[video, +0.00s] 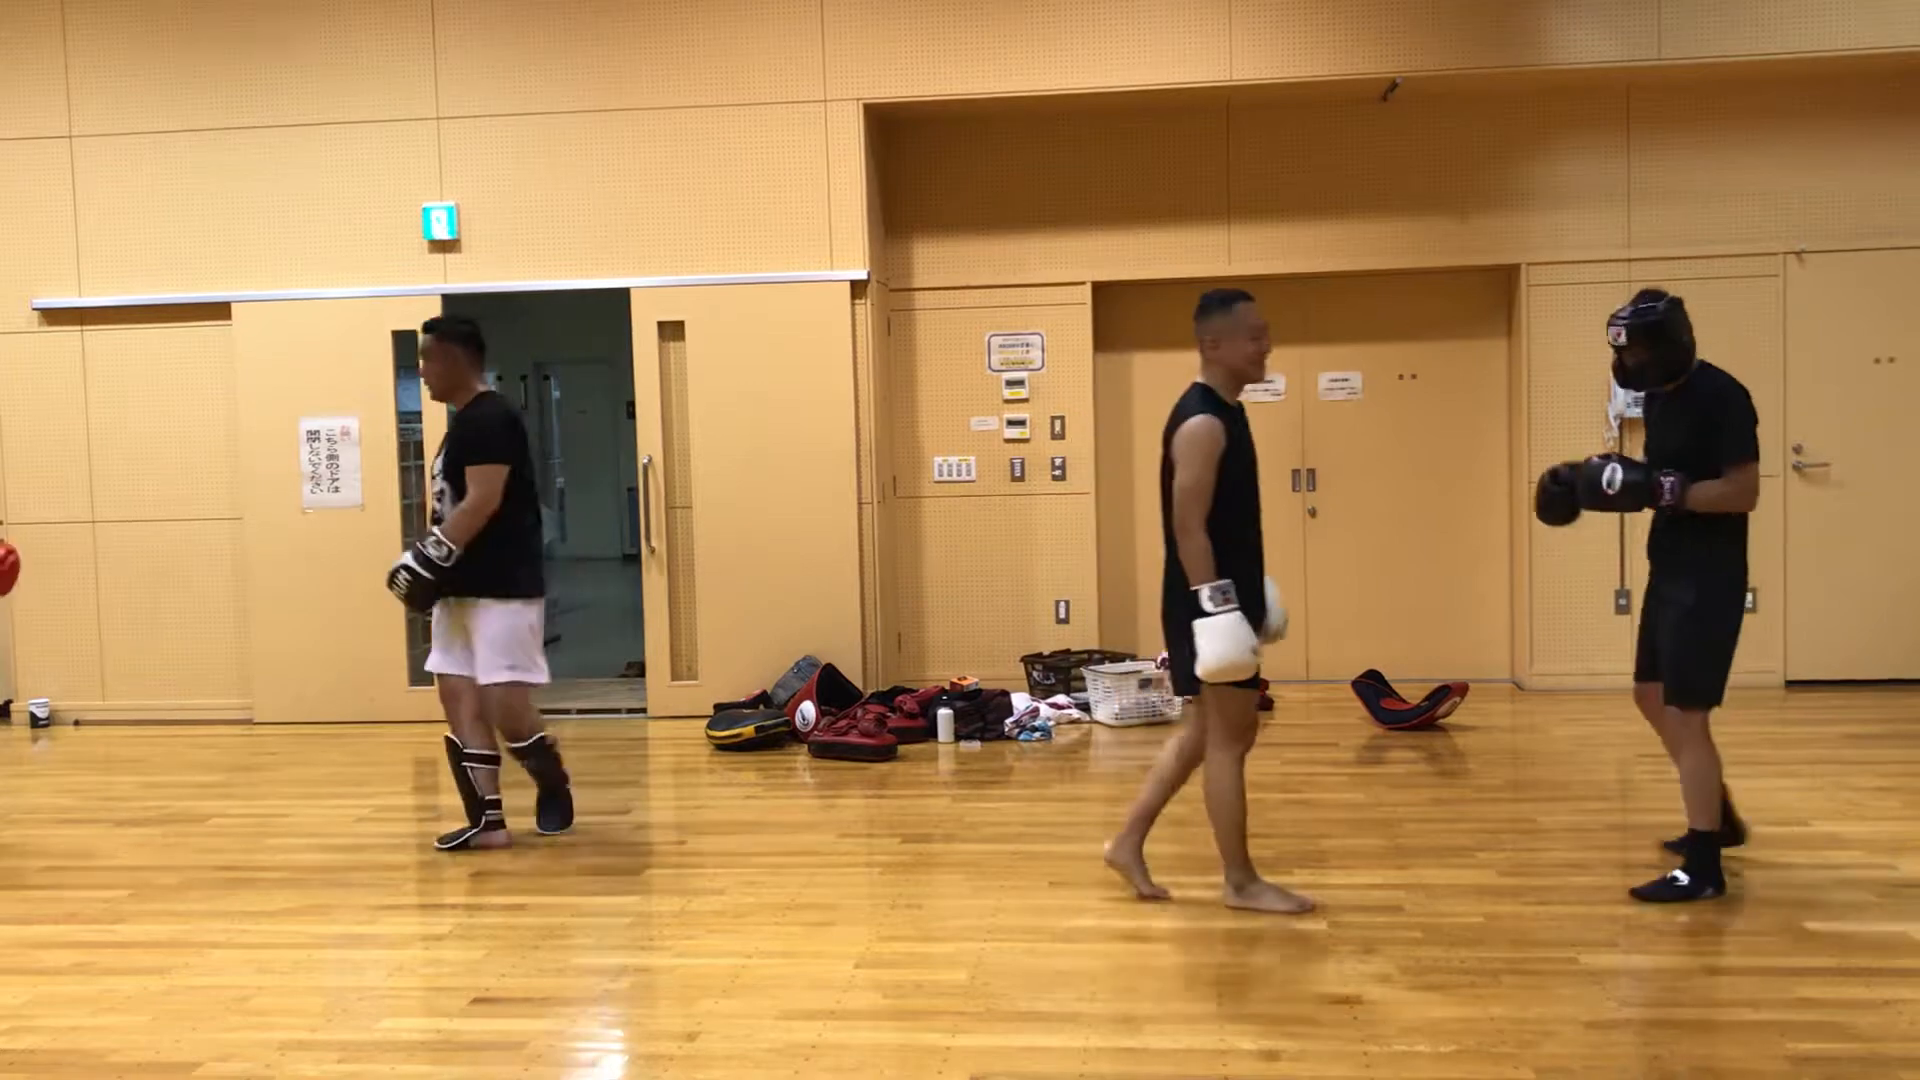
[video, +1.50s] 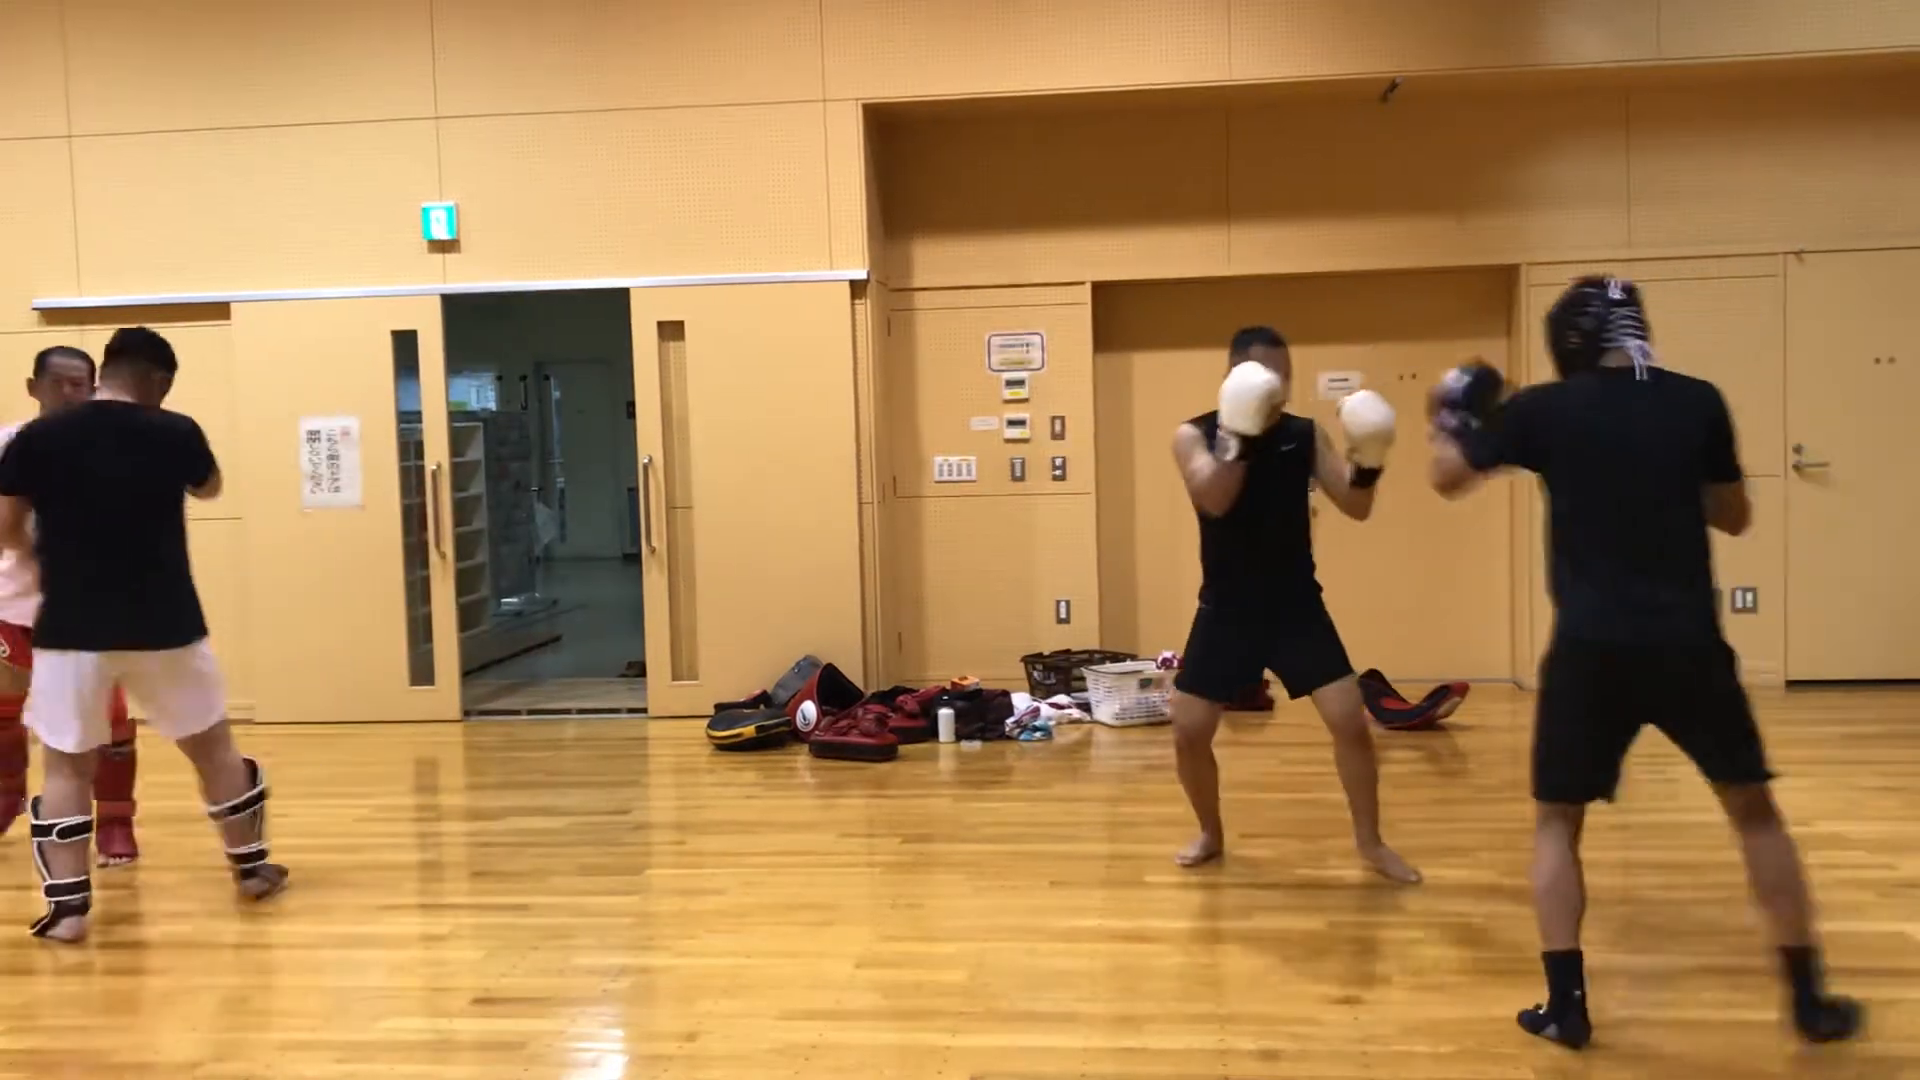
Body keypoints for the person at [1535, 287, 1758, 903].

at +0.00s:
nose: (1619, 360)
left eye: (1628, 349)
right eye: (1618, 349)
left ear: (1663, 348)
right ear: (1642, 352)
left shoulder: (1722, 398)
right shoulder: (1659, 398)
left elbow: (1744, 493)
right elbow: (1659, 476)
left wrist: (1663, 490)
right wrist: (1595, 481)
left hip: (1709, 579)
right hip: (1670, 575)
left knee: (1686, 714)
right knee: (1651, 695)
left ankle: (1702, 868)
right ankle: (1720, 819)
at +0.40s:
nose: (1625, 371)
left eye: (1634, 360)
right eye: (1623, 359)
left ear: (1670, 359)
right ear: (1669, 357)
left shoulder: (1711, 411)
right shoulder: (1688, 401)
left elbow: (1662, 506)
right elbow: (1633, 462)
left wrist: (1582, 482)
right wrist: (1562, 450)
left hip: (1719, 595)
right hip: (1723, 588)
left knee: (1661, 738)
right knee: (1706, 713)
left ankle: (1724, 889)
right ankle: (1746, 830)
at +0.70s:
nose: (1637, 351)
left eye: (1645, 338)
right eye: (1636, 338)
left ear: (1679, 334)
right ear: (1701, 329)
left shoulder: (1698, 394)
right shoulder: (1750, 379)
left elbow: (1636, 485)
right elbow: (1664, 465)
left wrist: (1566, 447)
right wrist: (1595, 448)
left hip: (1717, 599)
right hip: (1776, 590)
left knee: (1694, 741)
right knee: (1777, 732)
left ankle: (1725, 887)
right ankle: (1863, 866)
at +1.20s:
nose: (1652, 358)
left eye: (1652, 347)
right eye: (1653, 348)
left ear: (1666, 344)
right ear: (1727, 326)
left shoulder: (1676, 396)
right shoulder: (1804, 391)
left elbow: (1609, 499)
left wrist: (1592, 434)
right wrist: (1660, 400)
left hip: (1704, 625)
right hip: (1797, 626)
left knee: (1630, 765)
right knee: (1827, 794)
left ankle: (1628, 932)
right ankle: (1878, 981)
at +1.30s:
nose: (1629, 378)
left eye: (1630, 367)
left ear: (1643, 367)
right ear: (1710, 347)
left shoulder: (1644, 434)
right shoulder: (1783, 417)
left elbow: (1590, 546)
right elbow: (1797, 521)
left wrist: (1571, 473)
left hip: (1681, 663)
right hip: (1778, 660)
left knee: (1607, 807)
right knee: (1821, 823)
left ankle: (1579, 969)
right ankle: (1877, 996)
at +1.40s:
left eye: (1606, 359)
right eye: (1690, 339)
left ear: (1615, 362)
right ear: (1688, 349)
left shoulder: (1604, 429)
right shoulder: (1752, 413)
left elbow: (1540, 536)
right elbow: (1785, 525)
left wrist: (1532, 466)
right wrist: (1728, 473)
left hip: (1645, 662)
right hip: (1744, 660)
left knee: (1589, 824)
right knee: (1802, 815)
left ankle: (1569, 1000)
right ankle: (1872, 1000)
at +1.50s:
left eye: (1557, 346)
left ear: (1567, 347)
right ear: (1638, 338)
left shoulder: (1546, 409)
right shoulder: (1696, 401)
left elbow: (1449, 477)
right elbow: (1733, 513)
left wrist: (1446, 414)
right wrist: (1664, 476)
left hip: (1589, 654)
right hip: (1689, 651)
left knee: (1557, 821)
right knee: (1754, 810)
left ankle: (1565, 1008)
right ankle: (1808, 998)